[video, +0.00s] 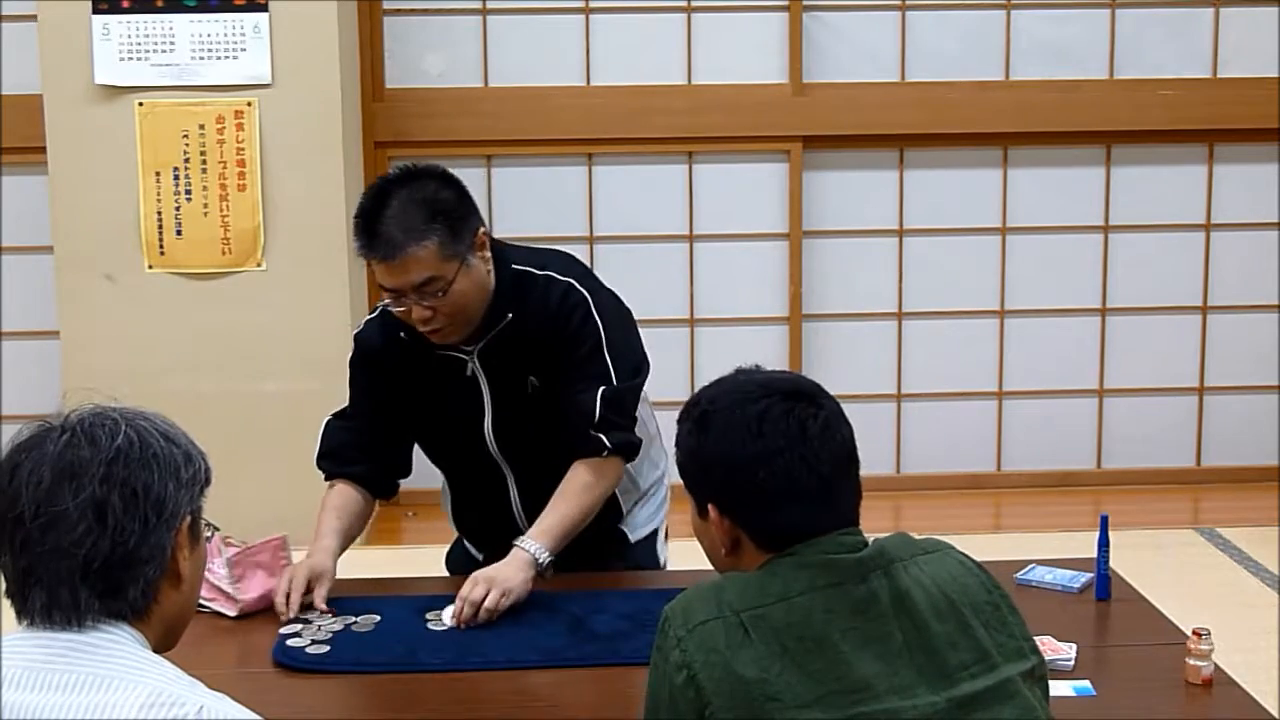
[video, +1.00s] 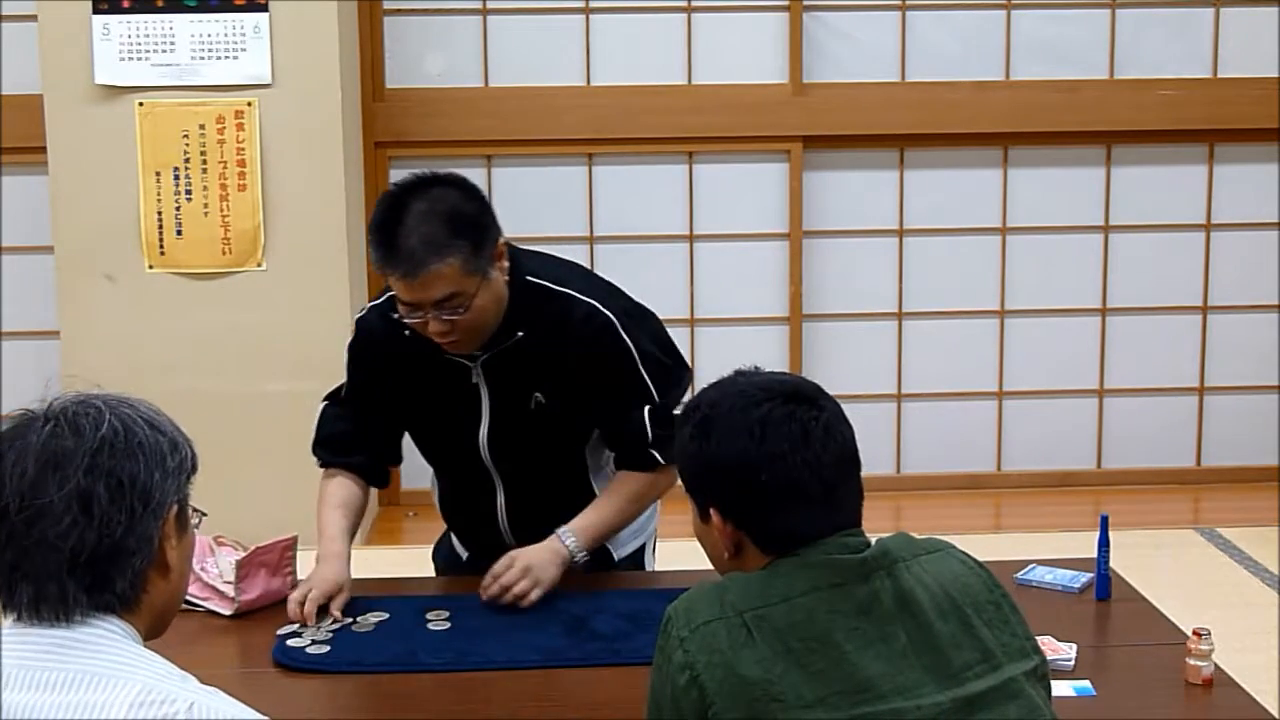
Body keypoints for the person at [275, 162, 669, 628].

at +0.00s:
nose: (418, 314)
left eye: (433, 289)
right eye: (395, 296)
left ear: (481, 249)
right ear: (377, 275)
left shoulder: (570, 301)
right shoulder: (385, 343)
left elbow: (606, 450)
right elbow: (360, 463)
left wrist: (526, 557)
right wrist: (323, 548)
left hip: (605, 540)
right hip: (488, 546)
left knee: (607, 706)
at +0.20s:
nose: (431, 314)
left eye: (448, 294)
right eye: (411, 296)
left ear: (503, 254)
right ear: (396, 274)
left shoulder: (591, 314)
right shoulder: (395, 335)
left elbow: (606, 469)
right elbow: (360, 456)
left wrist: (503, 551)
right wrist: (322, 545)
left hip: (603, 531)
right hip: (484, 540)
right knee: (477, 687)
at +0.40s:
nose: (465, 316)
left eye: (485, 298)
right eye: (448, 296)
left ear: (541, 263)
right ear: (433, 271)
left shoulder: (612, 327)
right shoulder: (421, 322)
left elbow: (560, 486)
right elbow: (381, 441)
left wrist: (437, 561)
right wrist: (329, 537)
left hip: (610, 525)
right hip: (492, 522)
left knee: (603, 687)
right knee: (495, 679)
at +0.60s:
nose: (480, 319)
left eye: (500, 300)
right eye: (460, 298)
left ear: (554, 262)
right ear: (444, 268)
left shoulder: (620, 333)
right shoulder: (430, 317)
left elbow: (554, 485)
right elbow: (391, 442)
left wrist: (421, 563)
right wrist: (320, 537)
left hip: (609, 527)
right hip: (495, 513)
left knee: (597, 689)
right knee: (485, 683)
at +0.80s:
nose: (457, 321)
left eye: (476, 300)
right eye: (436, 301)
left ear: (528, 259)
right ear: (418, 273)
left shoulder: (613, 330)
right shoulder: (407, 324)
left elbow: (631, 484)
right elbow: (365, 441)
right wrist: (338, 551)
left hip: (603, 563)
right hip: (481, 560)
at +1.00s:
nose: (435, 326)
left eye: (453, 304)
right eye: (412, 309)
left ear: (499, 262)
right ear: (390, 283)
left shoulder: (593, 320)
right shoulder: (383, 336)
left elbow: (657, 452)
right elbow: (351, 450)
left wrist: (560, 547)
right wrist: (332, 556)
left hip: (597, 559)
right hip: (472, 559)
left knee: (594, 704)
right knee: (464, 706)